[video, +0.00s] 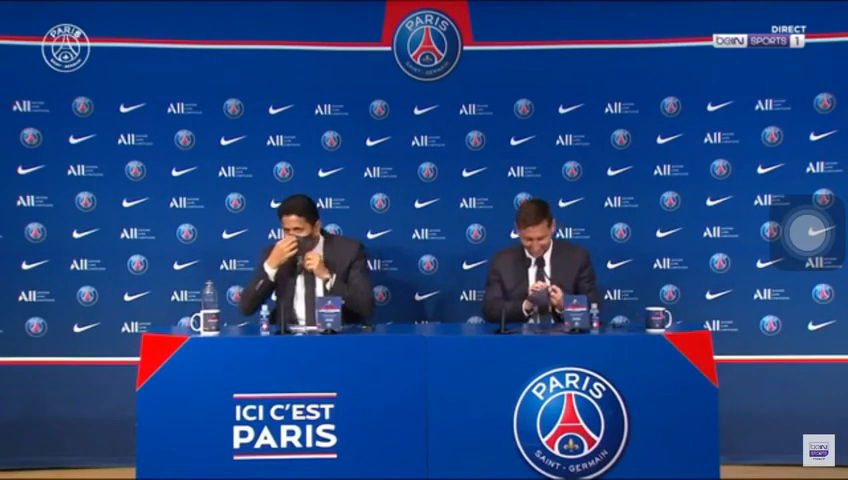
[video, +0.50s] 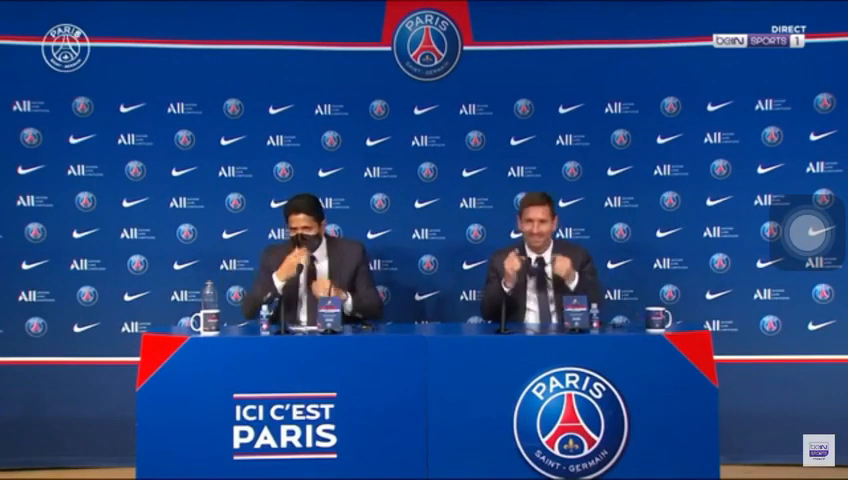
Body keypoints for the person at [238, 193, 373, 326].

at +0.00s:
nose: (292, 237)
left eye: (298, 230)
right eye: (287, 231)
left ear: (317, 226)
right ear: (282, 228)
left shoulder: (349, 251)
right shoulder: (276, 253)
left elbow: (365, 308)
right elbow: (247, 307)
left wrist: (327, 277)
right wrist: (271, 265)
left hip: (335, 343)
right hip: (288, 343)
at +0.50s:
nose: (300, 236)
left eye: (307, 230)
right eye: (294, 230)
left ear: (322, 226)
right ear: (288, 229)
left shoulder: (352, 252)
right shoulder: (275, 255)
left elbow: (374, 308)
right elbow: (249, 310)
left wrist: (342, 297)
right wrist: (280, 277)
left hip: (338, 344)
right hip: (289, 344)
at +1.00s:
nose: (310, 238)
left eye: (317, 231)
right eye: (302, 232)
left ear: (327, 227)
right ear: (293, 230)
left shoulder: (354, 254)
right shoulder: (275, 259)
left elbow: (368, 312)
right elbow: (263, 315)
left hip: (342, 346)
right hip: (291, 346)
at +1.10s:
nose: (311, 239)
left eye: (318, 232)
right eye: (303, 233)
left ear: (328, 227)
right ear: (294, 231)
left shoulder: (354, 254)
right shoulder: (275, 259)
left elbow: (369, 312)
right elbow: (263, 315)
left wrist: (364, 342)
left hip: (342, 345)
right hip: (292, 346)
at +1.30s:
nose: (313, 238)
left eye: (319, 231)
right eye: (306, 232)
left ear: (329, 227)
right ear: (295, 231)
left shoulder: (354, 254)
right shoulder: (275, 259)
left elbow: (369, 311)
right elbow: (264, 315)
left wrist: (364, 342)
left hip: (342, 345)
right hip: (292, 346)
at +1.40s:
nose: (315, 239)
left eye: (321, 233)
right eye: (308, 234)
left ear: (331, 230)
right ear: (297, 233)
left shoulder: (354, 255)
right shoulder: (276, 259)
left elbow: (369, 314)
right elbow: (263, 316)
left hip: (342, 345)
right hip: (292, 345)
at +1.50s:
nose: (317, 242)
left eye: (323, 235)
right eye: (310, 236)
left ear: (333, 233)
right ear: (298, 233)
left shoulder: (355, 257)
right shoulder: (276, 261)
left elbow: (369, 317)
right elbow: (261, 318)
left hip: (341, 346)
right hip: (291, 347)